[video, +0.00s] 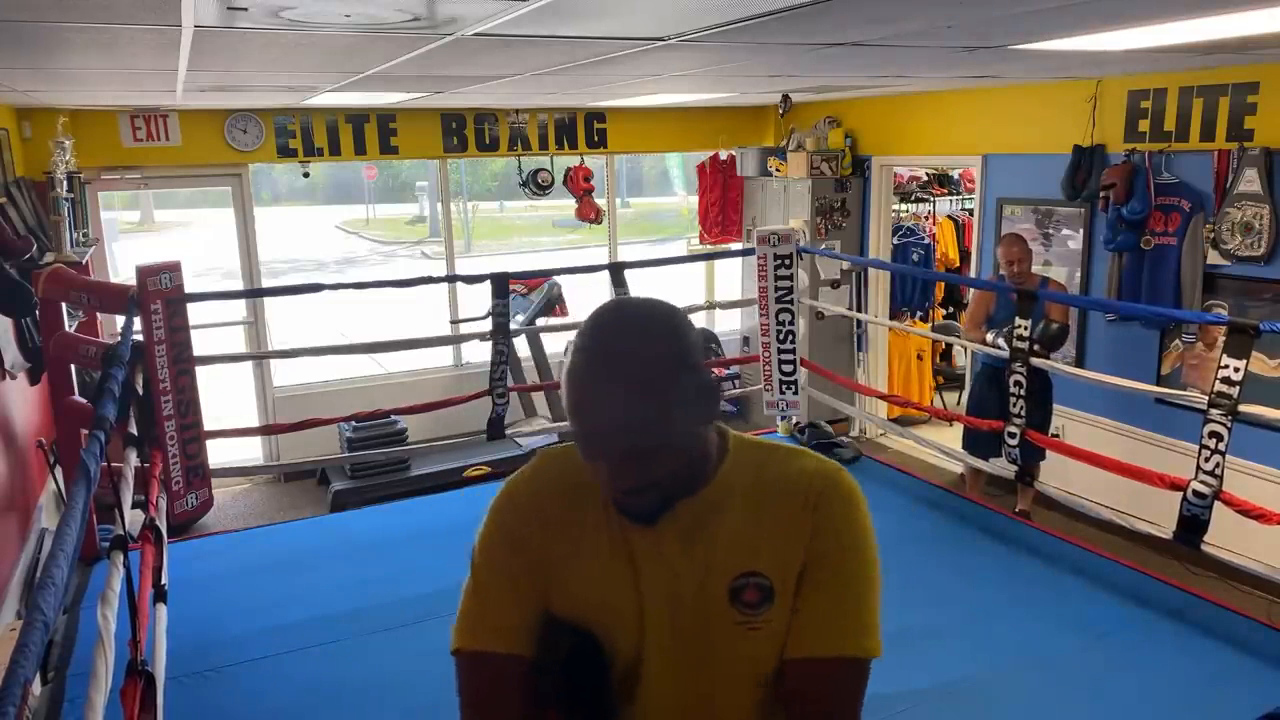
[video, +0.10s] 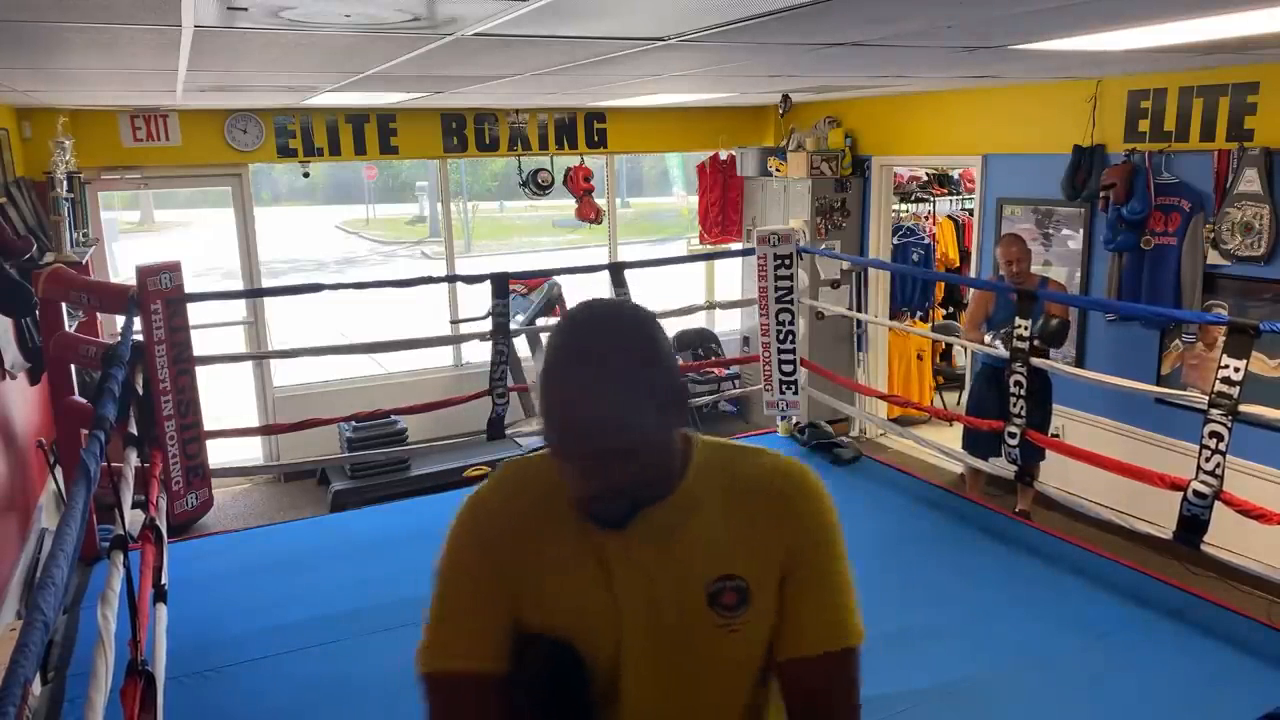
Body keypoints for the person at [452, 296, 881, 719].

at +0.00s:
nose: (617, 482)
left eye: (643, 453)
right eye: (594, 453)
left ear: (709, 404)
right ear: (572, 425)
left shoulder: (816, 501)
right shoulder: (529, 503)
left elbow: (822, 704)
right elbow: (490, 701)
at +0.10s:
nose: (584, 486)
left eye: (615, 456)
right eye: (565, 455)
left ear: (680, 417)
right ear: (546, 426)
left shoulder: (783, 503)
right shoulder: (495, 516)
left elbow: (826, 707)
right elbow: (459, 701)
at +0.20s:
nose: (531, 489)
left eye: (559, 461)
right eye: (513, 460)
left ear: (626, 428)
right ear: (495, 436)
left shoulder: (732, 496)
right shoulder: (451, 534)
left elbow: (796, 684)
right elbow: (420, 706)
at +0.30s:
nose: (472, 511)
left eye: (503, 482)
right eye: (451, 480)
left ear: (574, 437)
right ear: (432, 453)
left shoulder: (678, 488)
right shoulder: (390, 564)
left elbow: (745, 685)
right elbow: (368, 709)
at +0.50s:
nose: (378, 568)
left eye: (413, 548)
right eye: (351, 541)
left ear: (478, 461)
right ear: (318, 476)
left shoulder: (556, 473)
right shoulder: (287, 623)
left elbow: (636, 654)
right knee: (423, 705)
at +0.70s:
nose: (364, 576)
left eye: (395, 555)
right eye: (331, 547)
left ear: (452, 464)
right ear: (290, 473)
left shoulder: (517, 467)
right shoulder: (264, 629)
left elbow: (588, 626)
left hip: (523, 702)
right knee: (410, 708)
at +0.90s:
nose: (378, 525)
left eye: (410, 493)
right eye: (346, 490)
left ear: (453, 434)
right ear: (302, 428)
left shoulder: (487, 460)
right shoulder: (262, 604)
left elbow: (536, 607)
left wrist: (537, 708)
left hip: (504, 699)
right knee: (402, 696)